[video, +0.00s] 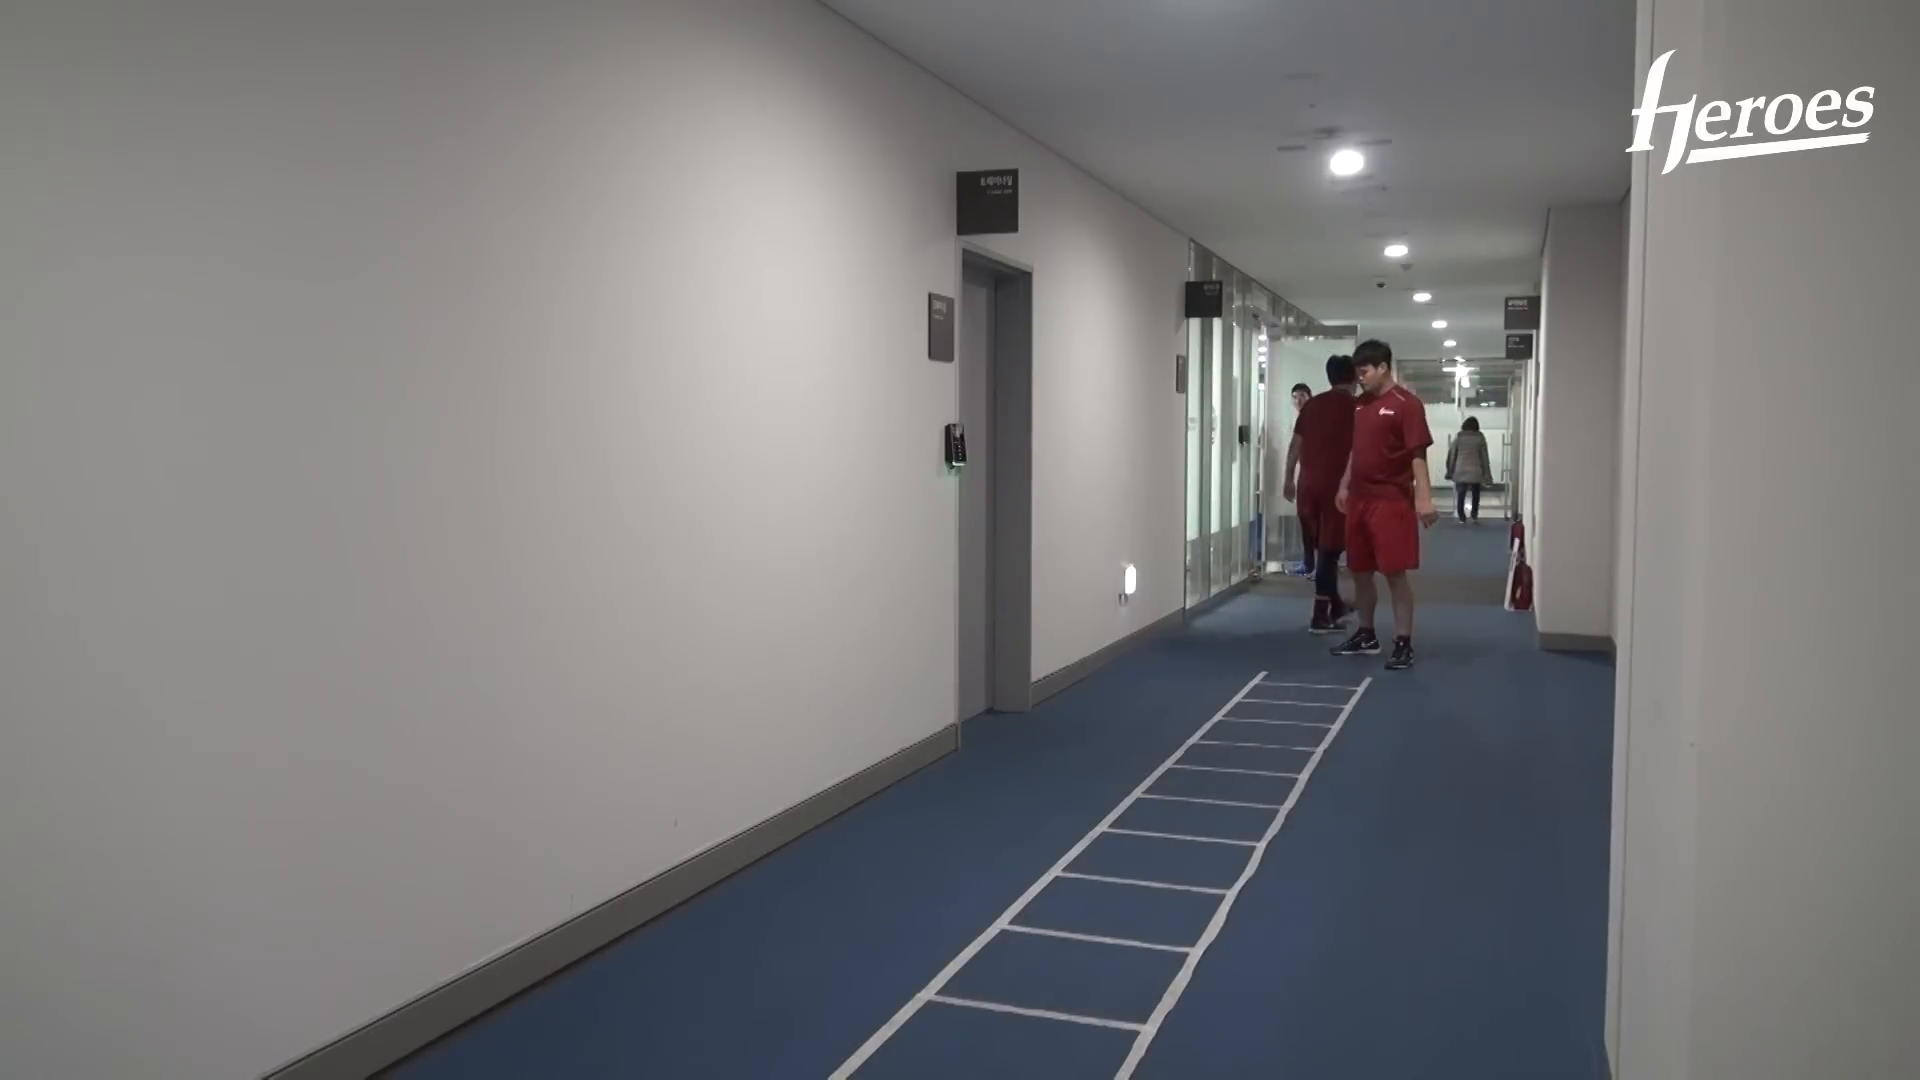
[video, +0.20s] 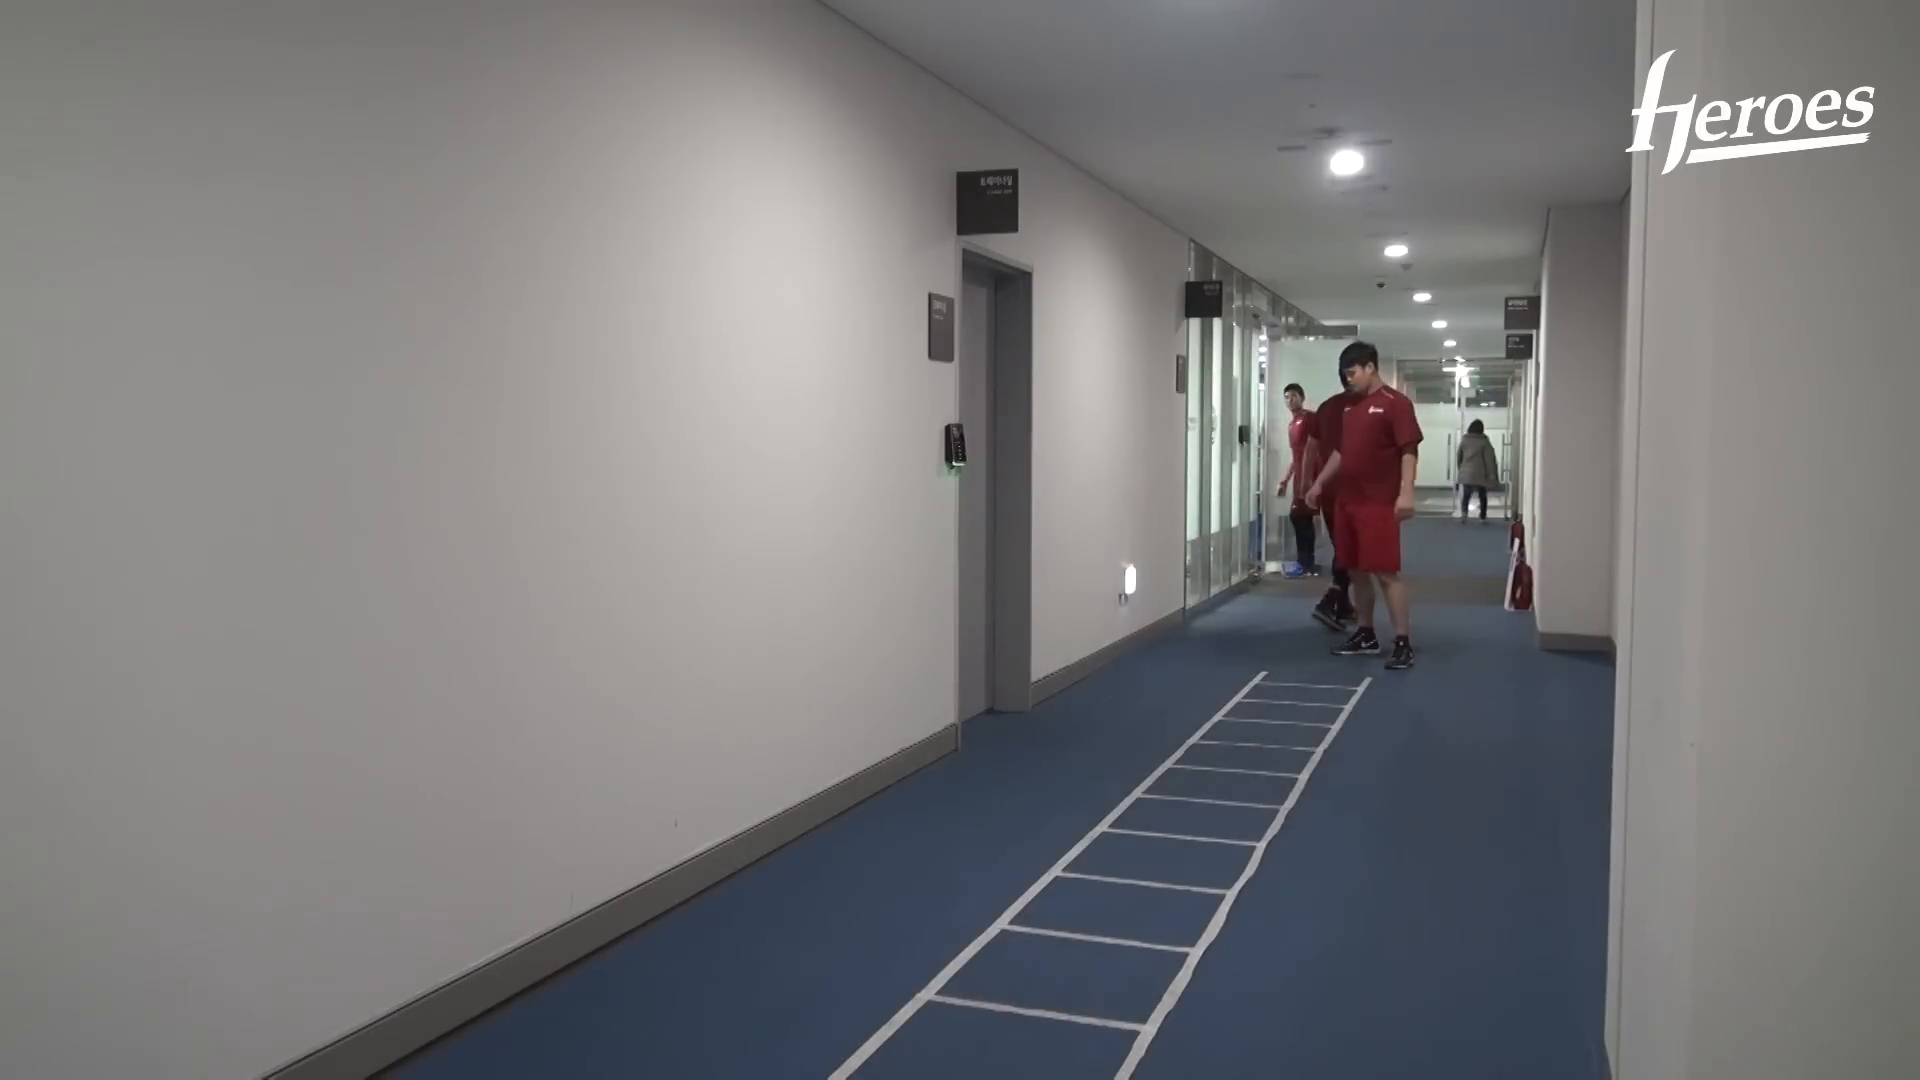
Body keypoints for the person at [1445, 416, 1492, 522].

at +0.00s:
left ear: (1464, 425)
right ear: (1477, 426)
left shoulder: (1459, 437)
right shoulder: (1480, 438)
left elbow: (1452, 455)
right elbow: (1484, 458)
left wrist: (1449, 472)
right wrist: (1487, 475)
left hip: (1461, 469)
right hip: (1475, 469)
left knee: (1461, 494)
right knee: (1476, 495)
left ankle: (1461, 516)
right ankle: (1474, 515)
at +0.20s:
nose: (1482, 429)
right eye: (1482, 428)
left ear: (1470, 427)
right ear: (1481, 428)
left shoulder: (1465, 440)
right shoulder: (1484, 441)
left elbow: (1459, 455)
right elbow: (1490, 459)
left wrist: (1460, 467)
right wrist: (1492, 474)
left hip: (1467, 471)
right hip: (1481, 472)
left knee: (1466, 494)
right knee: (1483, 495)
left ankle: (1464, 514)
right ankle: (1483, 516)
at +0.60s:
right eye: (1486, 426)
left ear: (1476, 426)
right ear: (1487, 427)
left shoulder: (1470, 438)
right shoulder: (1490, 438)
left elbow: (1464, 454)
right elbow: (1495, 455)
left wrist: (1460, 468)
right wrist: (1497, 469)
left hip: (1473, 468)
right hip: (1486, 468)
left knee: (1477, 490)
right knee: (1484, 490)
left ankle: (1480, 512)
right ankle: (1483, 513)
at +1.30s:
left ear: (1464, 425)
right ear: (1478, 424)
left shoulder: (1461, 436)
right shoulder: (1480, 436)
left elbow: (1457, 451)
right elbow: (1486, 453)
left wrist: (1456, 461)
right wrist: (1488, 465)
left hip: (1465, 465)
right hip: (1479, 465)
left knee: (1465, 487)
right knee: (1478, 486)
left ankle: (1473, 505)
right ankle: (1479, 506)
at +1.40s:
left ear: (1464, 425)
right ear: (1475, 425)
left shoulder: (1460, 437)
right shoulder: (1477, 436)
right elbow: (1482, 453)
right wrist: (1482, 468)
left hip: (1462, 467)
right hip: (1476, 467)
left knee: (1459, 488)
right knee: (1477, 487)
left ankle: (1460, 507)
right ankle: (1479, 507)